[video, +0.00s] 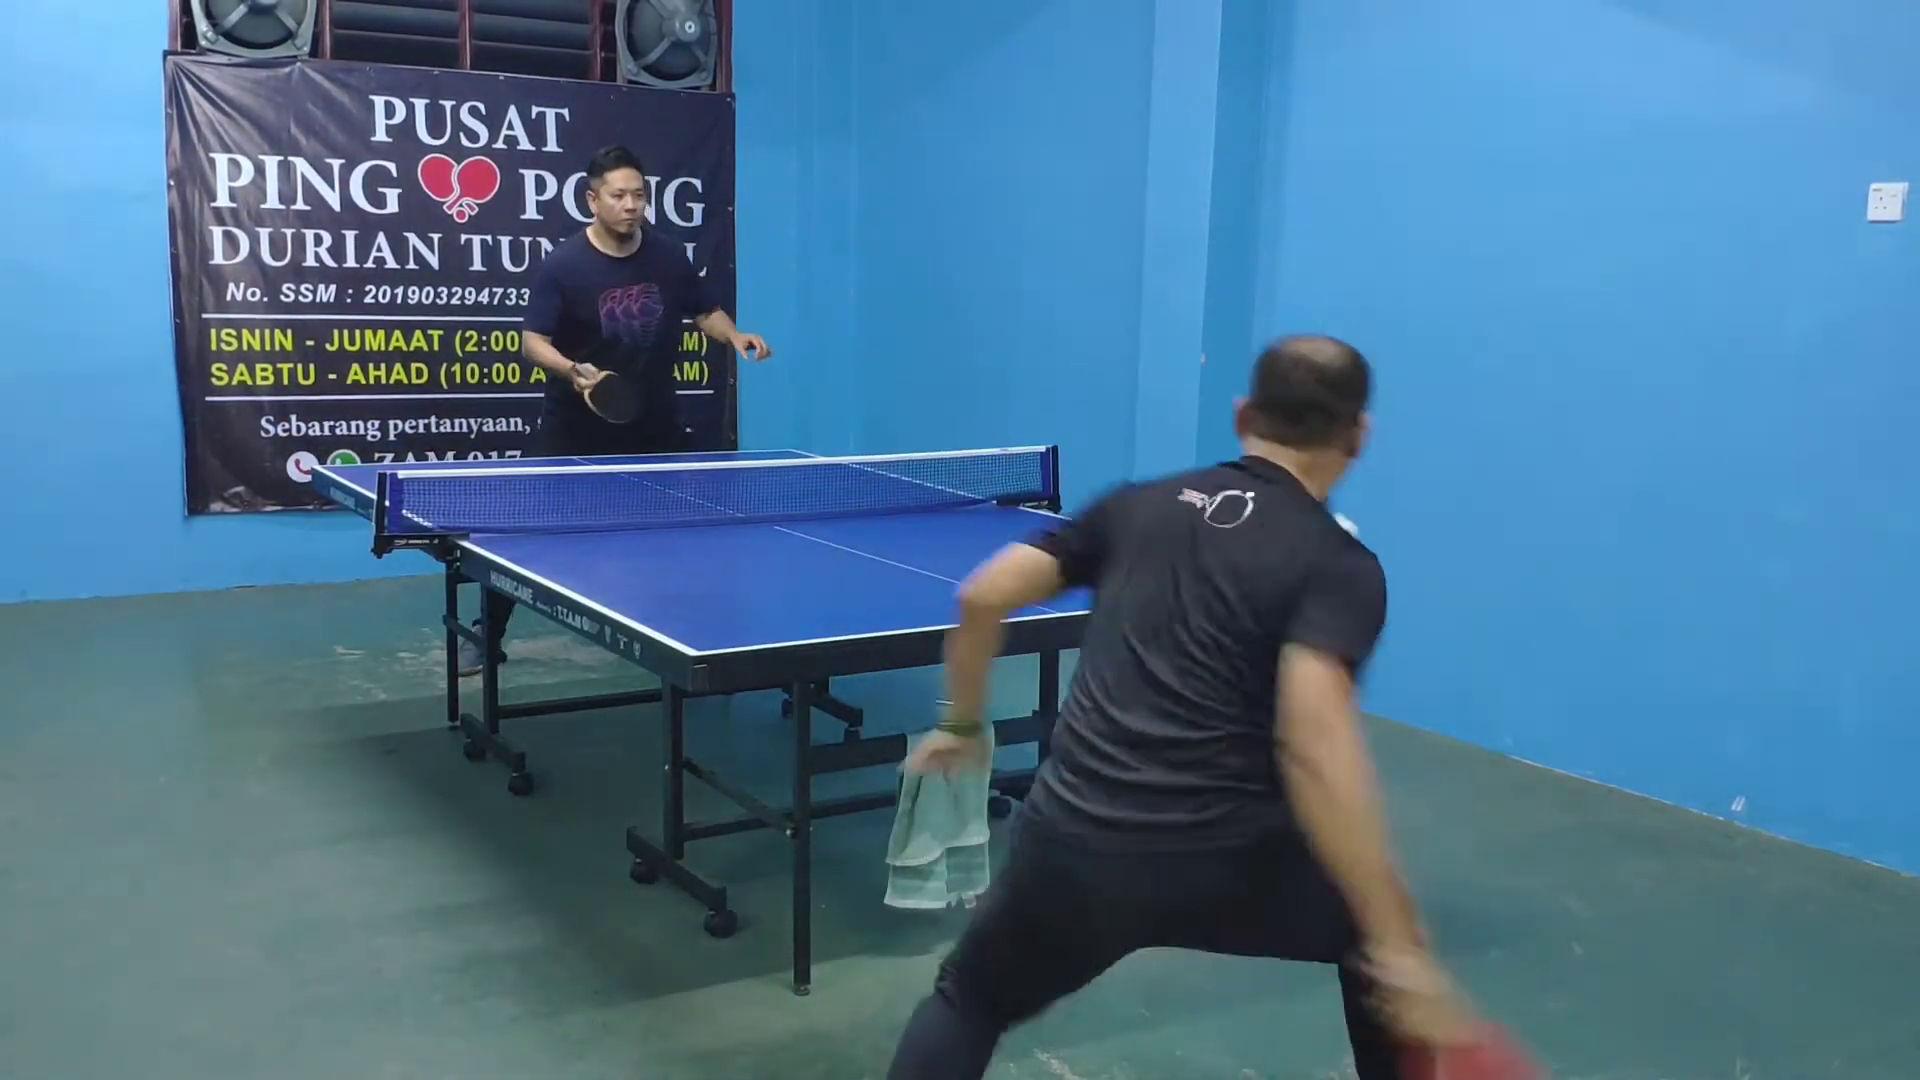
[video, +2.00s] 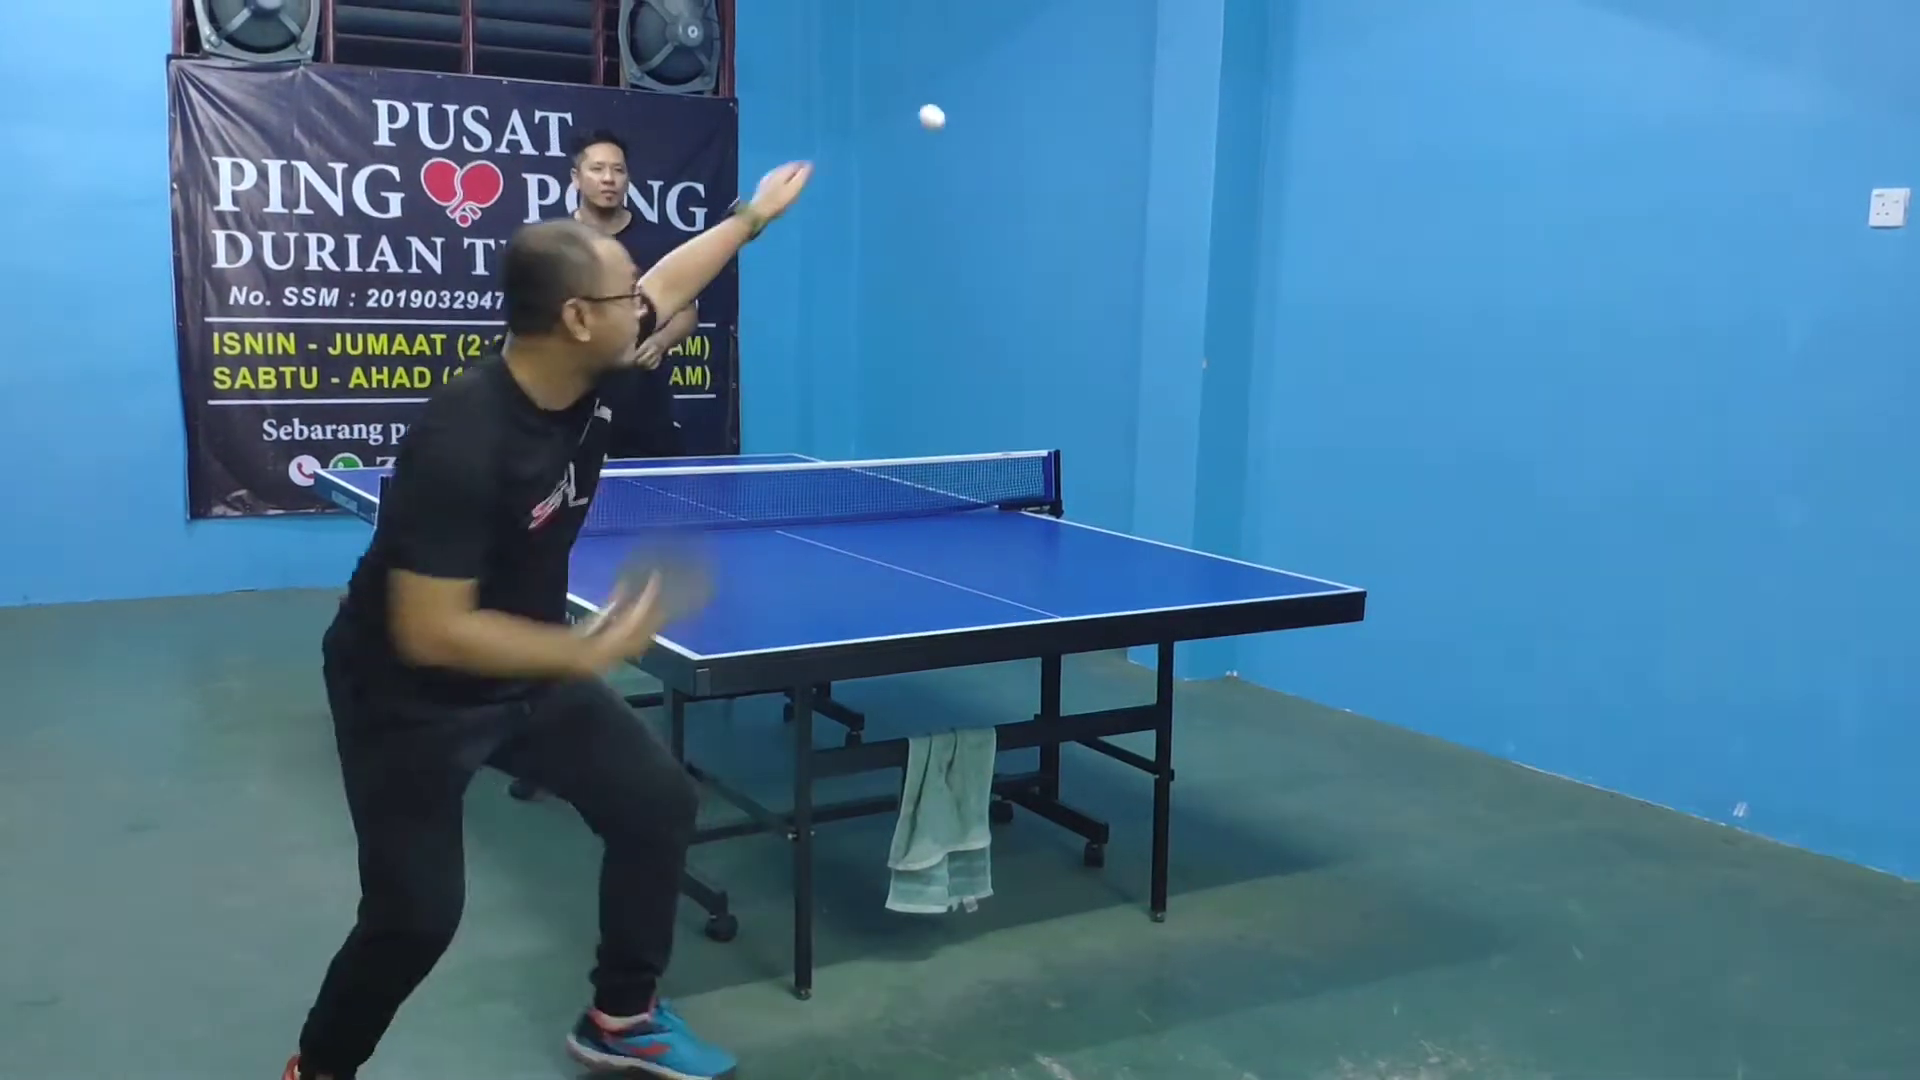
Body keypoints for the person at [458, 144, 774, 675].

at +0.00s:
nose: (631, 204)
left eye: (638, 194)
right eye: (619, 195)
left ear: (646, 198)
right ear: (592, 199)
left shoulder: (666, 254)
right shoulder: (563, 264)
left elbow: (703, 311)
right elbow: (533, 340)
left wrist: (735, 335)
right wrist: (570, 368)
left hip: (655, 422)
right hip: (575, 423)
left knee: (681, 520)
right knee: (527, 520)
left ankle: (692, 643)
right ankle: (489, 634)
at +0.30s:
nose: (593, 204)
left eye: (601, 194)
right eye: (581, 195)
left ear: (614, 200)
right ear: (560, 201)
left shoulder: (639, 257)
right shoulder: (535, 263)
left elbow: (677, 315)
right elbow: (486, 330)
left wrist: (711, 338)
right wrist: (512, 364)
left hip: (635, 424)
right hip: (559, 426)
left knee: (656, 526)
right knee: (516, 526)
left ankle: (673, 637)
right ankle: (478, 634)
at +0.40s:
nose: (555, 210)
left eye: (564, 200)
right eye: (545, 201)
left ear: (584, 204)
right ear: (532, 206)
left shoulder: (622, 255)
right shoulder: (512, 268)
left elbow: (667, 308)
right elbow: (453, 322)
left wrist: (710, 346)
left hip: (623, 417)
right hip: (546, 420)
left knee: (657, 519)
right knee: (494, 511)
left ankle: (681, 638)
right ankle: (455, 626)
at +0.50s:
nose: (505, 221)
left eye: (515, 210)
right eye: (495, 211)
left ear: (536, 210)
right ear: (483, 216)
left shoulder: (582, 257)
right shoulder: (467, 284)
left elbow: (630, 298)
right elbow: (408, 334)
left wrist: (681, 349)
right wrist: (365, 386)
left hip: (605, 427)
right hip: (521, 434)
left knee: (663, 522)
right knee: (471, 524)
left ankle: (695, 639)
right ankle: (436, 636)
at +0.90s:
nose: (530, 187)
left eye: (537, 177)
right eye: (517, 178)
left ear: (550, 185)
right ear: (498, 189)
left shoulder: (590, 245)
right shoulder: (480, 265)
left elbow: (639, 297)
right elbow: (449, 341)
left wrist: (668, 342)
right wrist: (426, 415)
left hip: (604, 417)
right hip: (525, 422)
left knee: (652, 518)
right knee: (483, 517)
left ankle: (684, 639)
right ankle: (440, 634)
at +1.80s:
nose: (593, 175)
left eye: (602, 165)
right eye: (582, 166)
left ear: (615, 172)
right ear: (565, 174)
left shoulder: (653, 237)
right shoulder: (543, 244)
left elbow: (683, 314)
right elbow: (509, 315)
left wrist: (712, 388)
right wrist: (497, 384)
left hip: (646, 408)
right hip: (569, 409)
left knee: (662, 517)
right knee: (530, 513)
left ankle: (675, 630)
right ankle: (497, 626)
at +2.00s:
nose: (609, 179)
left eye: (618, 170)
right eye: (597, 169)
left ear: (627, 179)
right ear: (576, 178)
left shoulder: (658, 240)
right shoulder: (555, 243)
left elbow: (687, 313)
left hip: (643, 397)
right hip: (575, 396)